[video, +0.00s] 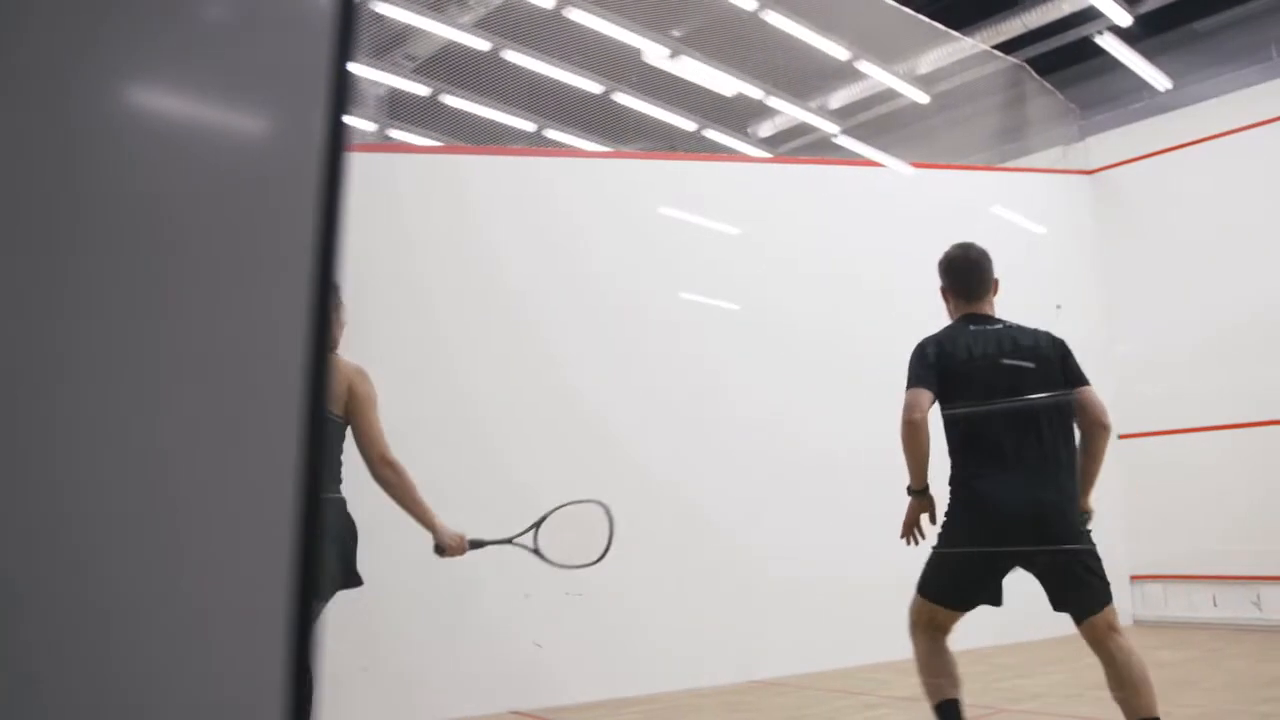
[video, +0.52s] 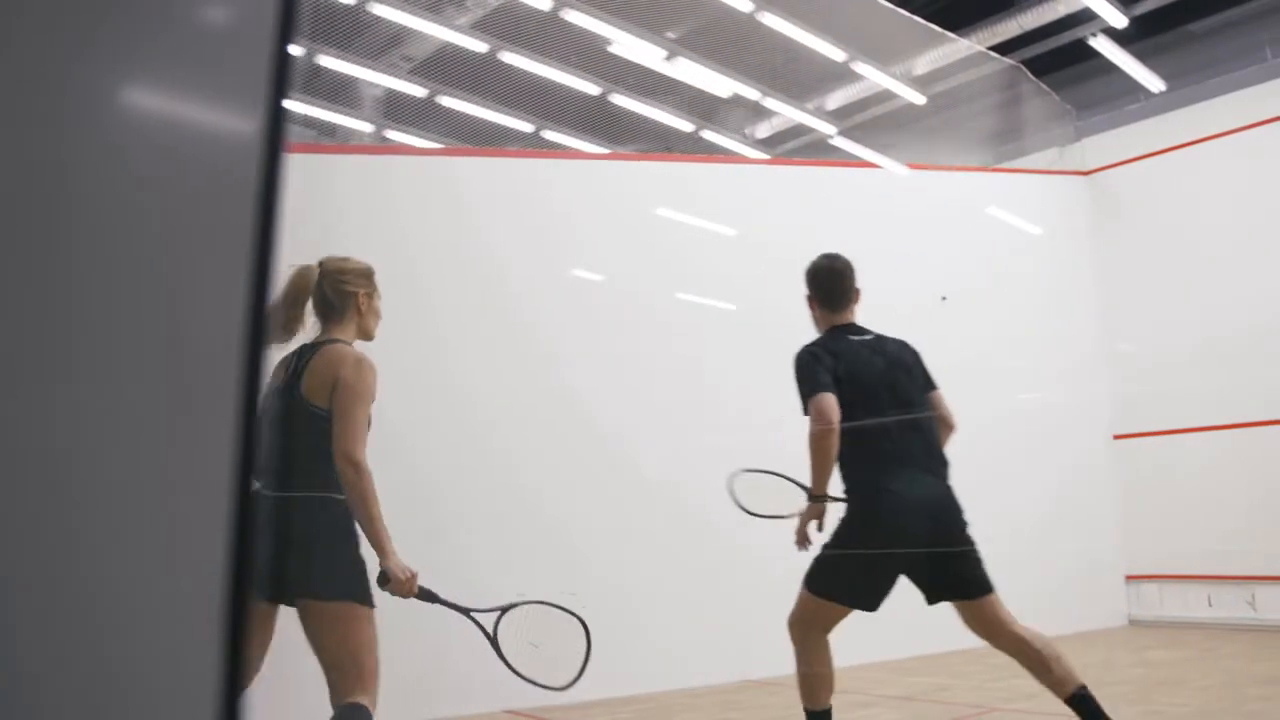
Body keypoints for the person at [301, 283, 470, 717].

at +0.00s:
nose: (342, 325)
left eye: (340, 314)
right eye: (339, 314)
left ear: (304, 320)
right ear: (330, 319)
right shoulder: (346, 378)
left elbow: (382, 464)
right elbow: (382, 465)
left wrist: (435, 526)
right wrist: (437, 528)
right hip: (317, 533)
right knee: (295, 653)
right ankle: (295, 710)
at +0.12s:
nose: (347, 325)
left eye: (345, 315)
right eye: (345, 315)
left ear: (303, 314)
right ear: (332, 315)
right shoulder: (338, 379)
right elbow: (366, 472)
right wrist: (419, 544)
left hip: (248, 523)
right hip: (304, 529)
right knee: (297, 652)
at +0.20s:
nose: (350, 327)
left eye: (349, 318)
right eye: (349, 317)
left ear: (299, 318)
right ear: (335, 317)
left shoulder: (267, 367)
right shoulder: (335, 380)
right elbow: (357, 476)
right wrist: (408, 552)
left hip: (248, 529)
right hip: (301, 534)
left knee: (256, 666)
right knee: (301, 667)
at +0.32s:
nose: (359, 326)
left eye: (358, 315)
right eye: (357, 315)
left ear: (303, 319)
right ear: (341, 316)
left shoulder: (277, 370)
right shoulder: (336, 378)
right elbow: (349, 476)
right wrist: (397, 559)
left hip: (260, 534)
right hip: (296, 537)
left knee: (313, 683)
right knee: (320, 684)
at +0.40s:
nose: (366, 319)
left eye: (365, 309)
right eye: (363, 308)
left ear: (312, 314)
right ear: (347, 311)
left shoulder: (276, 369)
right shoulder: (341, 376)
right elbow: (347, 474)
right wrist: (392, 561)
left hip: (251, 534)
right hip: (300, 538)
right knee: (334, 693)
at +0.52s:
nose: (381, 310)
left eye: (379, 299)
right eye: (377, 299)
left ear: (323, 304)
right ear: (361, 302)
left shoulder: (284, 365)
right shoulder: (353, 365)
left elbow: (265, 455)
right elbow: (350, 461)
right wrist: (388, 556)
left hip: (260, 530)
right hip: (317, 535)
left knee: (235, 673)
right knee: (355, 693)